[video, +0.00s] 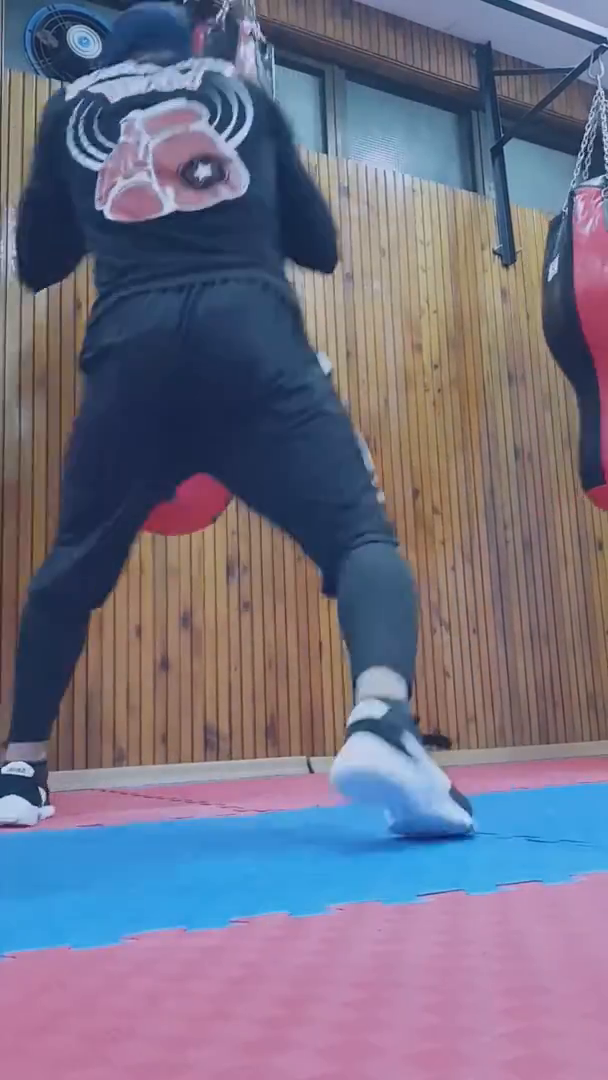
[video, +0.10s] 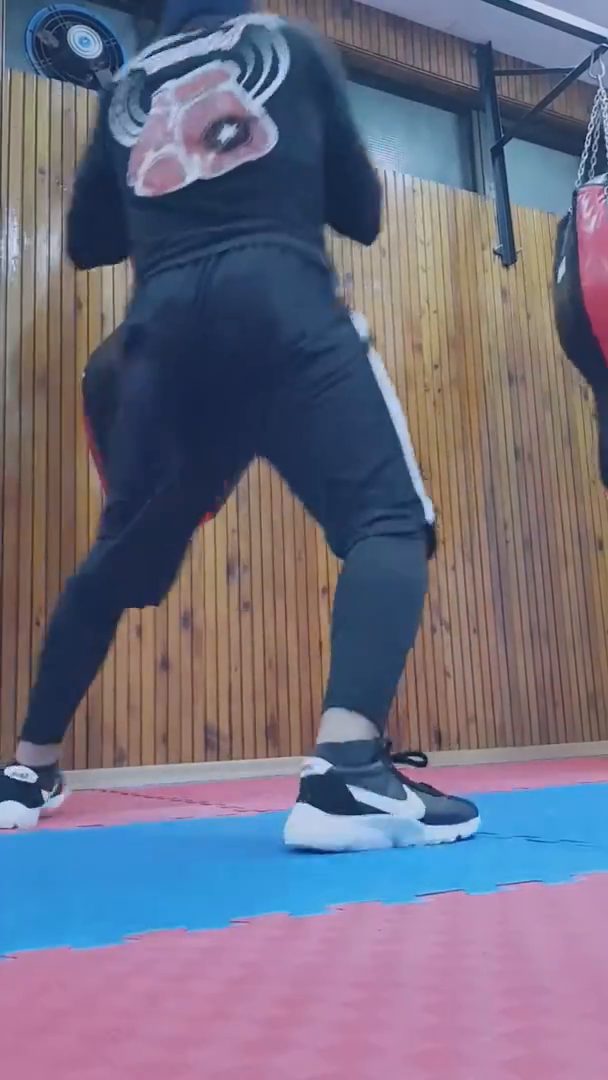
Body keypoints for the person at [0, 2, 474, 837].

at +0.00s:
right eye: (207, 29)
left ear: (114, 50)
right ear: (197, 37)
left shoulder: (71, 112)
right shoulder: (244, 94)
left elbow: (36, 262)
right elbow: (318, 245)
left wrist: (105, 176)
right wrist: (229, 186)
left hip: (130, 342)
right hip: (248, 326)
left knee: (78, 557)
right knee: (357, 535)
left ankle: (19, 765)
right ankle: (382, 716)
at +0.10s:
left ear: (160, 18)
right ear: (246, 7)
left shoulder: (125, 87)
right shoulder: (297, 49)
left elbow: (87, 241)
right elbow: (361, 213)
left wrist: (179, 193)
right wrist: (276, 155)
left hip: (163, 314)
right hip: (279, 292)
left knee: (124, 548)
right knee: (387, 523)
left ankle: (27, 767)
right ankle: (348, 763)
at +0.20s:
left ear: (229, 2)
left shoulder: (194, 65)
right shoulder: (358, 20)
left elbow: (136, 209)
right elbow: (404, 201)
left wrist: (204, 273)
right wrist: (314, 143)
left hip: (215, 289)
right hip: (324, 267)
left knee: (185, 545)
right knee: (410, 517)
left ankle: (77, 755)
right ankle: (353, 772)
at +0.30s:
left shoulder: (243, 40)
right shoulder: (423, 13)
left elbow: (166, 132)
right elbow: (446, 173)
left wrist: (239, 228)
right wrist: (409, 209)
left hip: (260, 258)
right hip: (368, 242)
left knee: (265, 514)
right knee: (421, 504)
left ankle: (208, 743)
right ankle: (355, 769)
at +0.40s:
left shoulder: (275, 32)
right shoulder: (471, 12)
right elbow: (492, 160)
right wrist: (474, 208)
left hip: (307, 234)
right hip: (415, 216)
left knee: (337, 501)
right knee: (424, 486)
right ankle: (350, 765)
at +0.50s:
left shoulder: (348, 17)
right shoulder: (515, 17)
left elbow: (272, 118)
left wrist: (351, 191)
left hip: (367, 234)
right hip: (473, 217)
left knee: (427, 501)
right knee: (455, 486)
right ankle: (366, 742)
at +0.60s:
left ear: (398, 10)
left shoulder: (376, 61)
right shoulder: (559, 34)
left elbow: (332, 231)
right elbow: (590, 164)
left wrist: (315, 183)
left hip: (435, 267)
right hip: (549, 246)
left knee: (497, 508)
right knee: (568, 502)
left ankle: (554, 748)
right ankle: (440, 672)